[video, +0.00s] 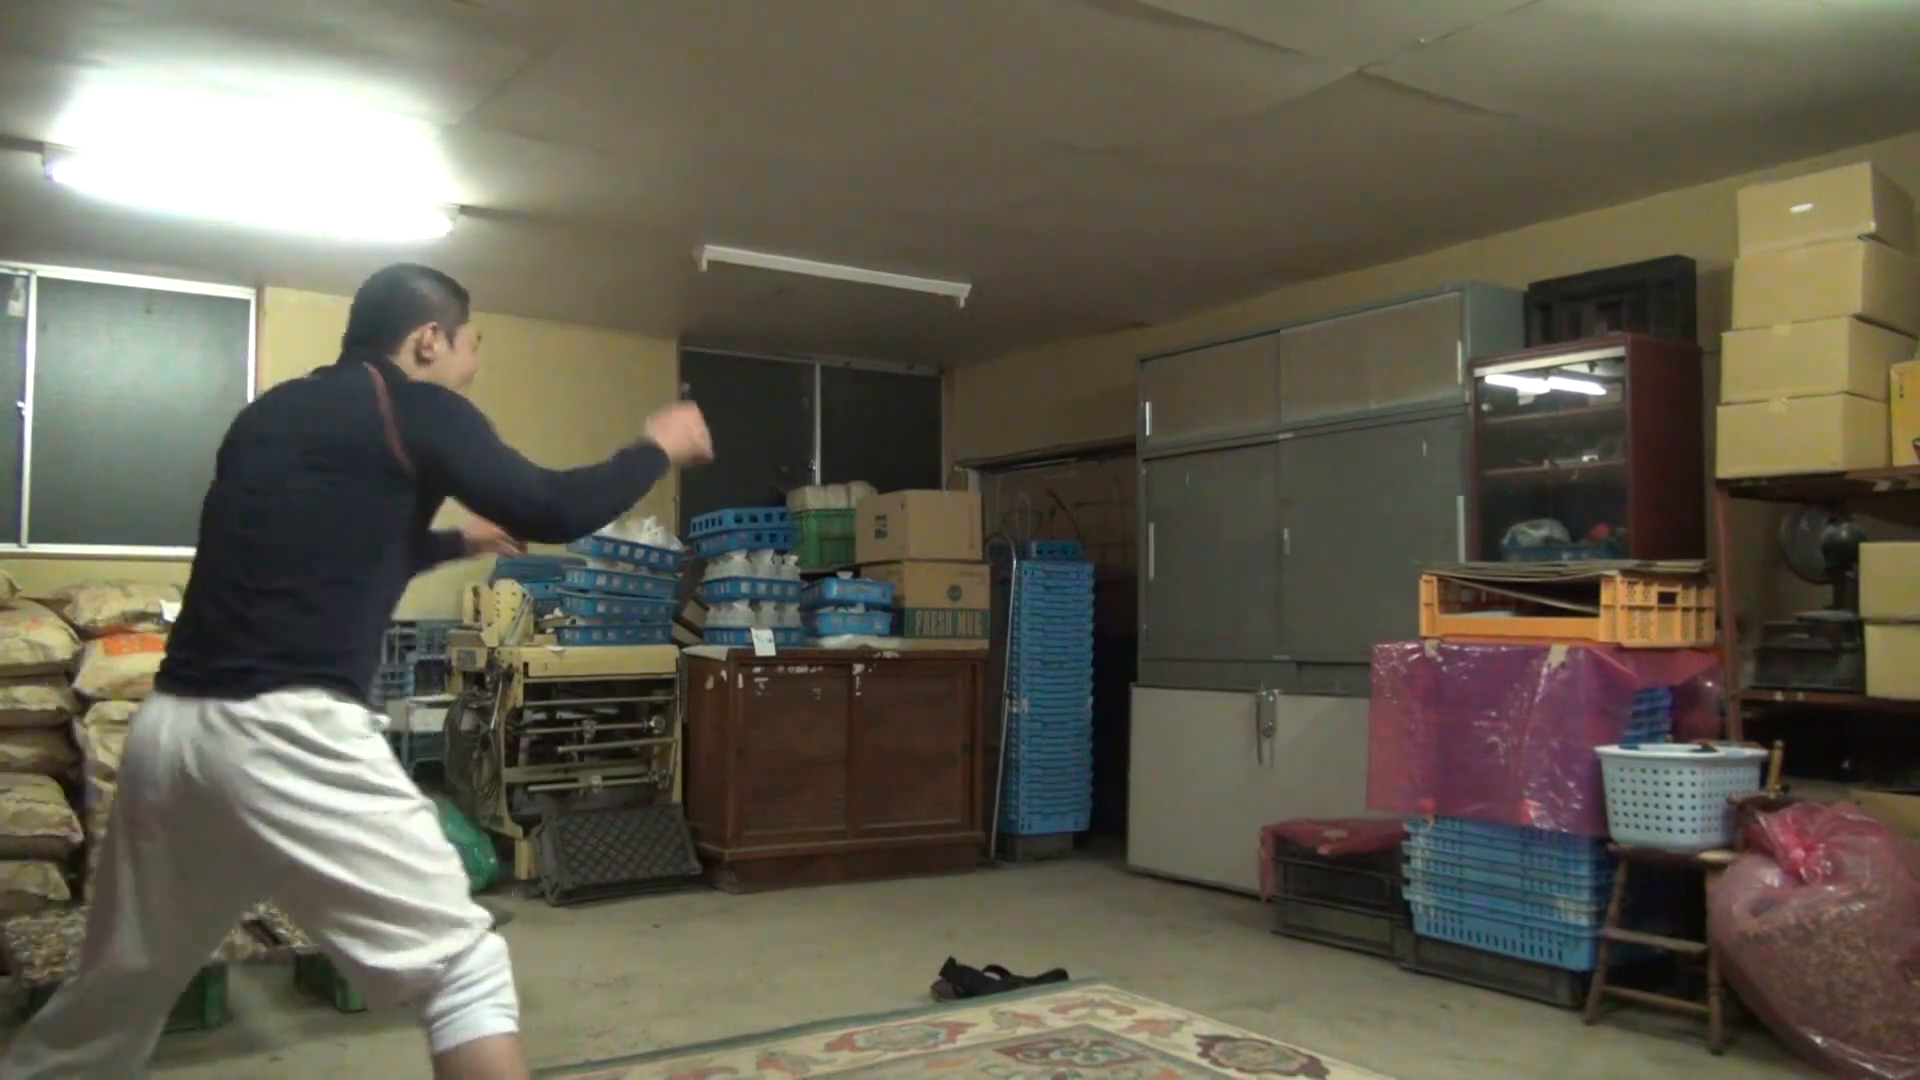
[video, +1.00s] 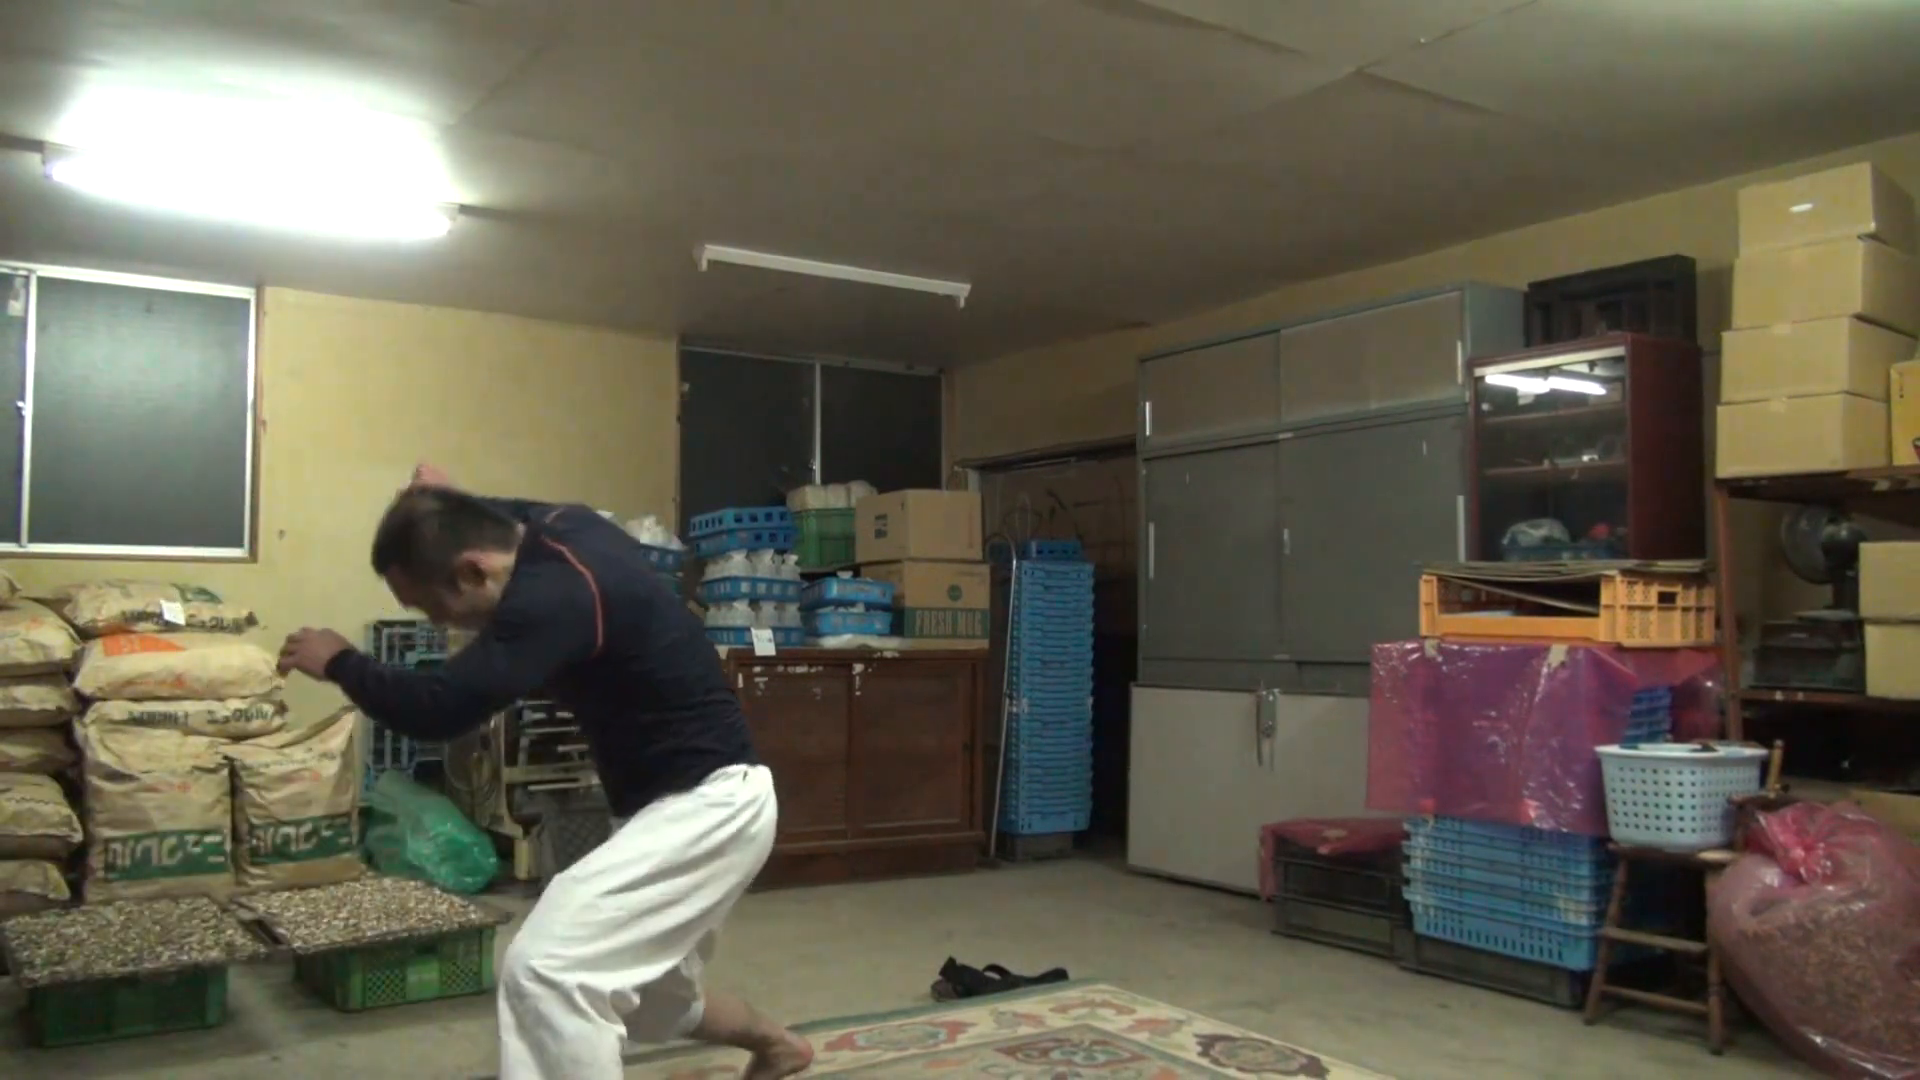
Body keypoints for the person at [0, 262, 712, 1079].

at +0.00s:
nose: (469, 367)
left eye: (472, 350)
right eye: (467, 348)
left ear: (359, 337)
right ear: (425, 341)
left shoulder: (264, 412)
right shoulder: (416, 407)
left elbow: (327, 556)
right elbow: (551, 510)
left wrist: (456, 542)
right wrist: (657, 449)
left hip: (165, 732)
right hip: (291, 732)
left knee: (114, 989)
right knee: (464, 975)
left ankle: (34, 1072)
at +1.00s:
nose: (447, 624)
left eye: (441, 609)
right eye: (434, 614)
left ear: (475, 573)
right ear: (489, 547)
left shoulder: (553, 597)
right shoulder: (568, 525)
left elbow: (443, 708)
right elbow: (507, 523)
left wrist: (341, 664)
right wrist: (455, 505)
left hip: (705, 804)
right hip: (709, 795)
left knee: (544, 969)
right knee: (641, 999)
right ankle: (776, 1046)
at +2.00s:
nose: (479, 304)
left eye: (477, 282)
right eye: (468, 279)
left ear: (392, 282)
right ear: (408, 278)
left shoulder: (293, 368)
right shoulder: (370, 357)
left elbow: (267, 537)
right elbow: (328, 500)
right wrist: (473, 565)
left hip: (237, 713)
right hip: (338, 717)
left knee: (205, 990)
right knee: (472, 961)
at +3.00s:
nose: (485, 326)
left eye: (486, 305)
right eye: (479, 303)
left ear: (385, 299)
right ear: (430, 296)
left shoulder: (280, 379)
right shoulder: (413, 380)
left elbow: (363, 556)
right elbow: (505, 532)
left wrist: (497, 543)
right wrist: (632, 512)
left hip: (155, 713)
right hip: (283, 715)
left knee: (141, 1027)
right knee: (392, 1008)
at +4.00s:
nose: (566, 360)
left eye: (565, 345)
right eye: (563, 344)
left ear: (452, 346)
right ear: (535, 343)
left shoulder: (379, 403)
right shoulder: (591, 454)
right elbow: (619, 614)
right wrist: (645, 688)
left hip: (355, 736)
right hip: (505, 742)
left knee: (241, 1014)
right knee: (556, 1004)